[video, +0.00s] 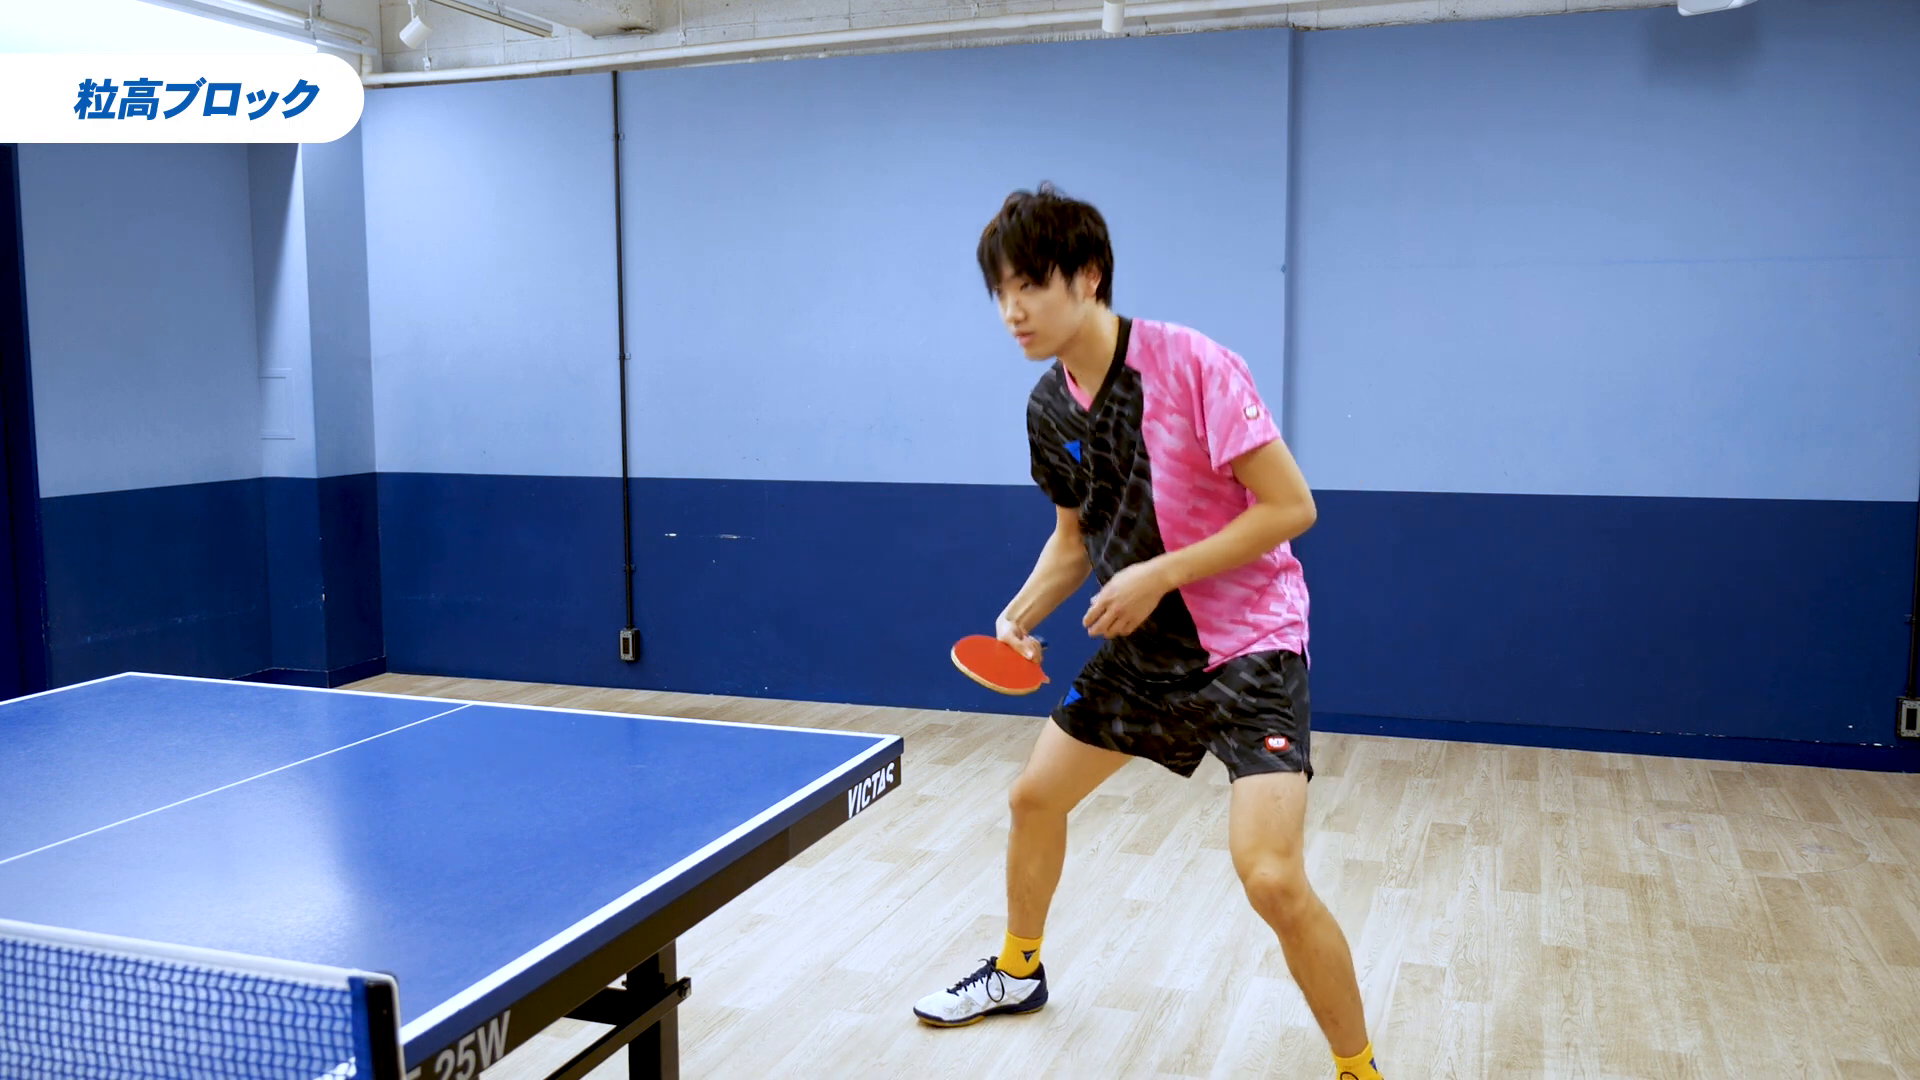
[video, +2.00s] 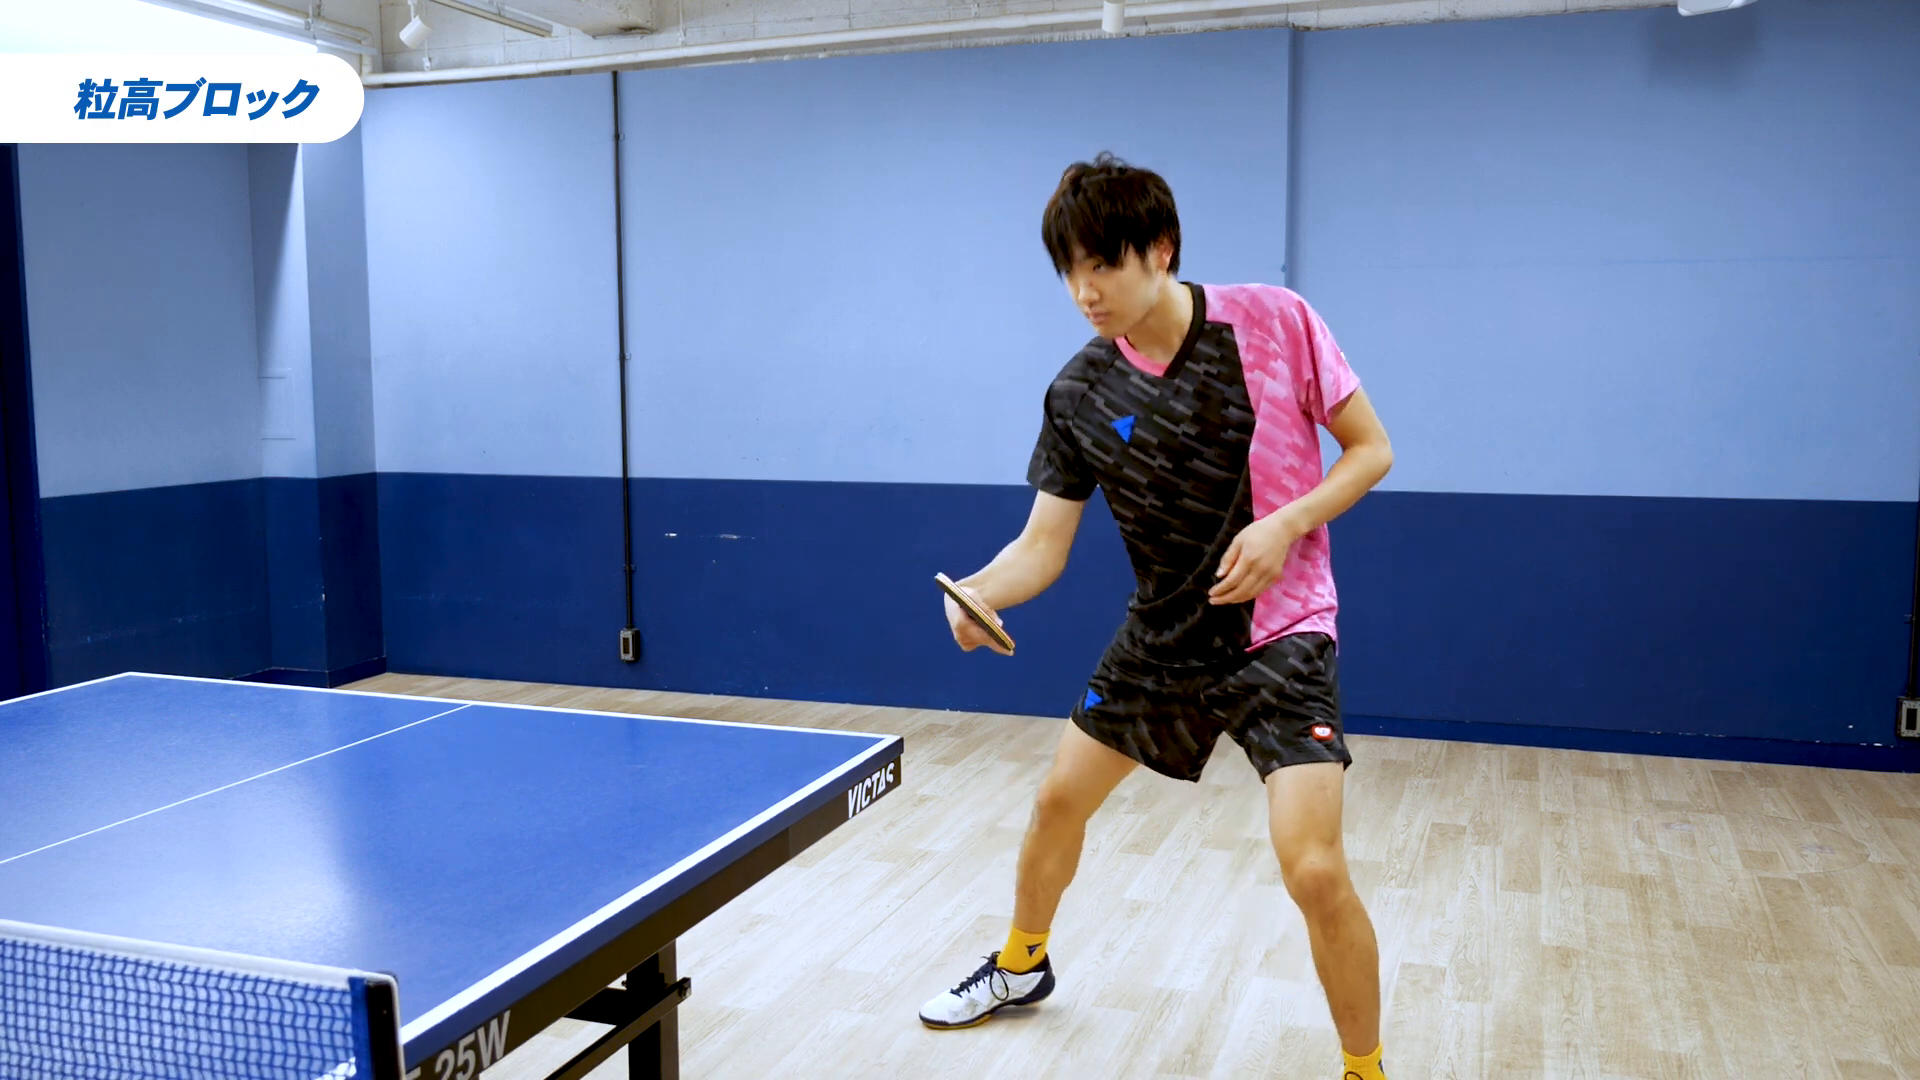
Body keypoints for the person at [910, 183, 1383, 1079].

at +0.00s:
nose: (1012, 310)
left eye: (1029, 284)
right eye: (1001, 292)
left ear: (1088, 277)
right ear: (1002, 300)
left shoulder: (1191, 364)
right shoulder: (1050, 407)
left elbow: (1289, 505)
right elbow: (1075, 539)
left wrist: (1161, 574)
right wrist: (1017, 620)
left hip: (1252, 640)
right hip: (1147, 644)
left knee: (1271, 878)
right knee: (1036, 797)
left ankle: (1359, 1069)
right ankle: (1017, 969)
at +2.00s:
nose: (1084, 290)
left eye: (1101, 264)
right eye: (1071, 271)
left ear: (1160, 251)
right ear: (1065, 273)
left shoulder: (1275, 322)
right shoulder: (1081, 393)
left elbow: (1371, 449)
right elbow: (1042, 543)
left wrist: (1285, 526)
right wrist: (979, 588)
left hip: (1282, 626)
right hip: (1165, 628)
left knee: (1315, 872)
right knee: (1059, 797)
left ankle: (1364, 1068)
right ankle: (1022, 962)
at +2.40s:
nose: (1013, 286)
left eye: (1031, 262)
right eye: (1003, 269)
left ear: (1090, 259)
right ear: (1003, 277)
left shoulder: (1190, 352)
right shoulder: (1038, 396)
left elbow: (1276, 491)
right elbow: (1054, 538)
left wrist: (1154, 553)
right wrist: (996, 607)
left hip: (1217, 644)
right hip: (1110, 645)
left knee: (1255, 872)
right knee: (1000, 802)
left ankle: (1356, 1067)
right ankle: (1023, 973)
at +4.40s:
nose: (1035, 380)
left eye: (1047, 354)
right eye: (1019, 364)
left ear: (1101, 325)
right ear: (1011, 362)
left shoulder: (1229, 370)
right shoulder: (1052, 443)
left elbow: (1337, 485)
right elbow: (1052, 584)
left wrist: (1247, 577)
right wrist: (1022, 591)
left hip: (1272, 644)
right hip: (1151, 650)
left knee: (1299, 876)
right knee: (1038, 814)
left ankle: (1361, 1067)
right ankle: (1025, 973)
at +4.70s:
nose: (1097, 267)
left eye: (1115, 240)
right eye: (1081, 249)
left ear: (1173, 227)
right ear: (1072, 256)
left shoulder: (1284, 304)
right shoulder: (1083, 384)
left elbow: (1373, 421)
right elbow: (1034, 538)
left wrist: (1309, 503)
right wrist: (975, 613)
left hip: (1286, 607)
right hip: (1165, 610)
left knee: (1328, 856)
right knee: (1067, 789)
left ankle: (1364, 1068)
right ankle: (1014, 953)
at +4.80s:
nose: (1104, 248)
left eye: (1124, 221)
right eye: (1089, 230)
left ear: (1183, 216)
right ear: (1079, 238)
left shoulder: (1285, 304)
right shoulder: (1081, 369)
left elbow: (1370, 430)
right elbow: (1039, 526)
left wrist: (1302, 508)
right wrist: (982, 605)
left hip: (1275, 608)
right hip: (1156, 608)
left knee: (1321, 859)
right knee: (1055, 790)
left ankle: (1363, 1065)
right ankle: (1015, 955)